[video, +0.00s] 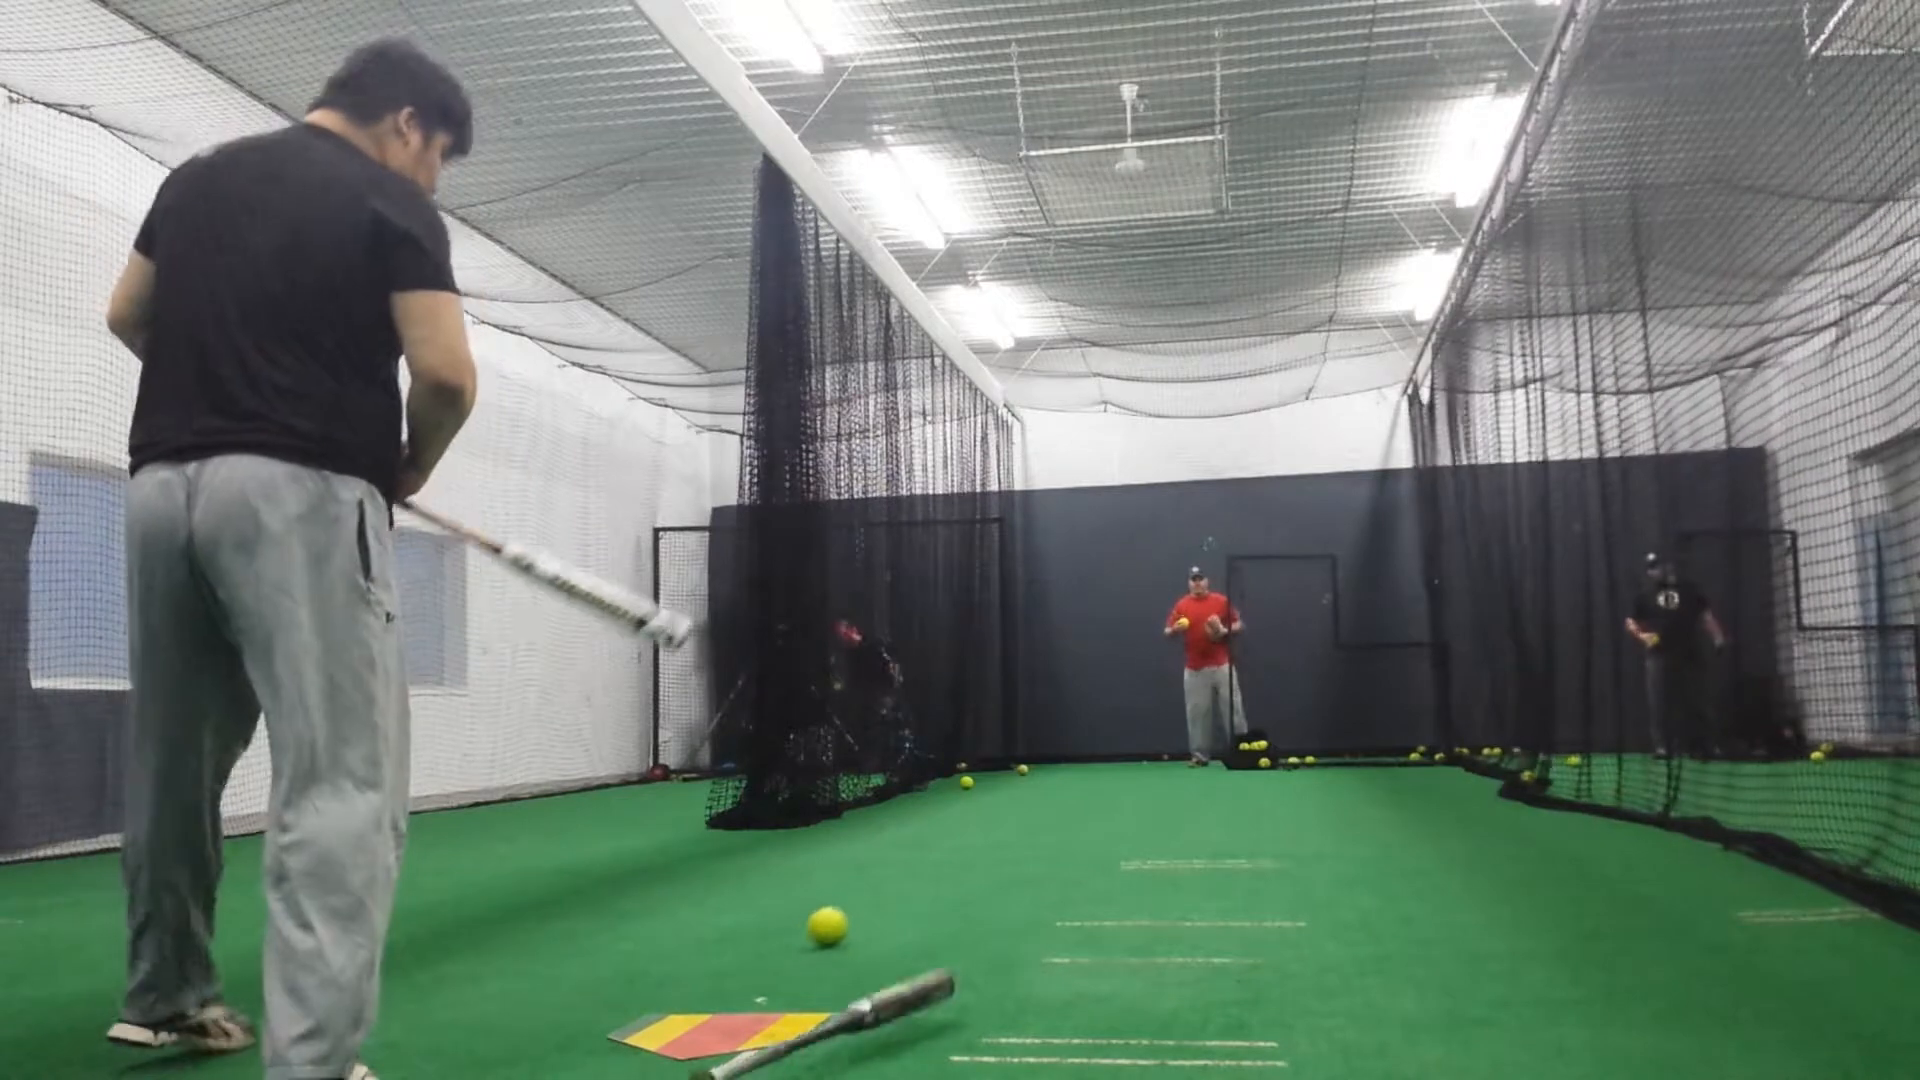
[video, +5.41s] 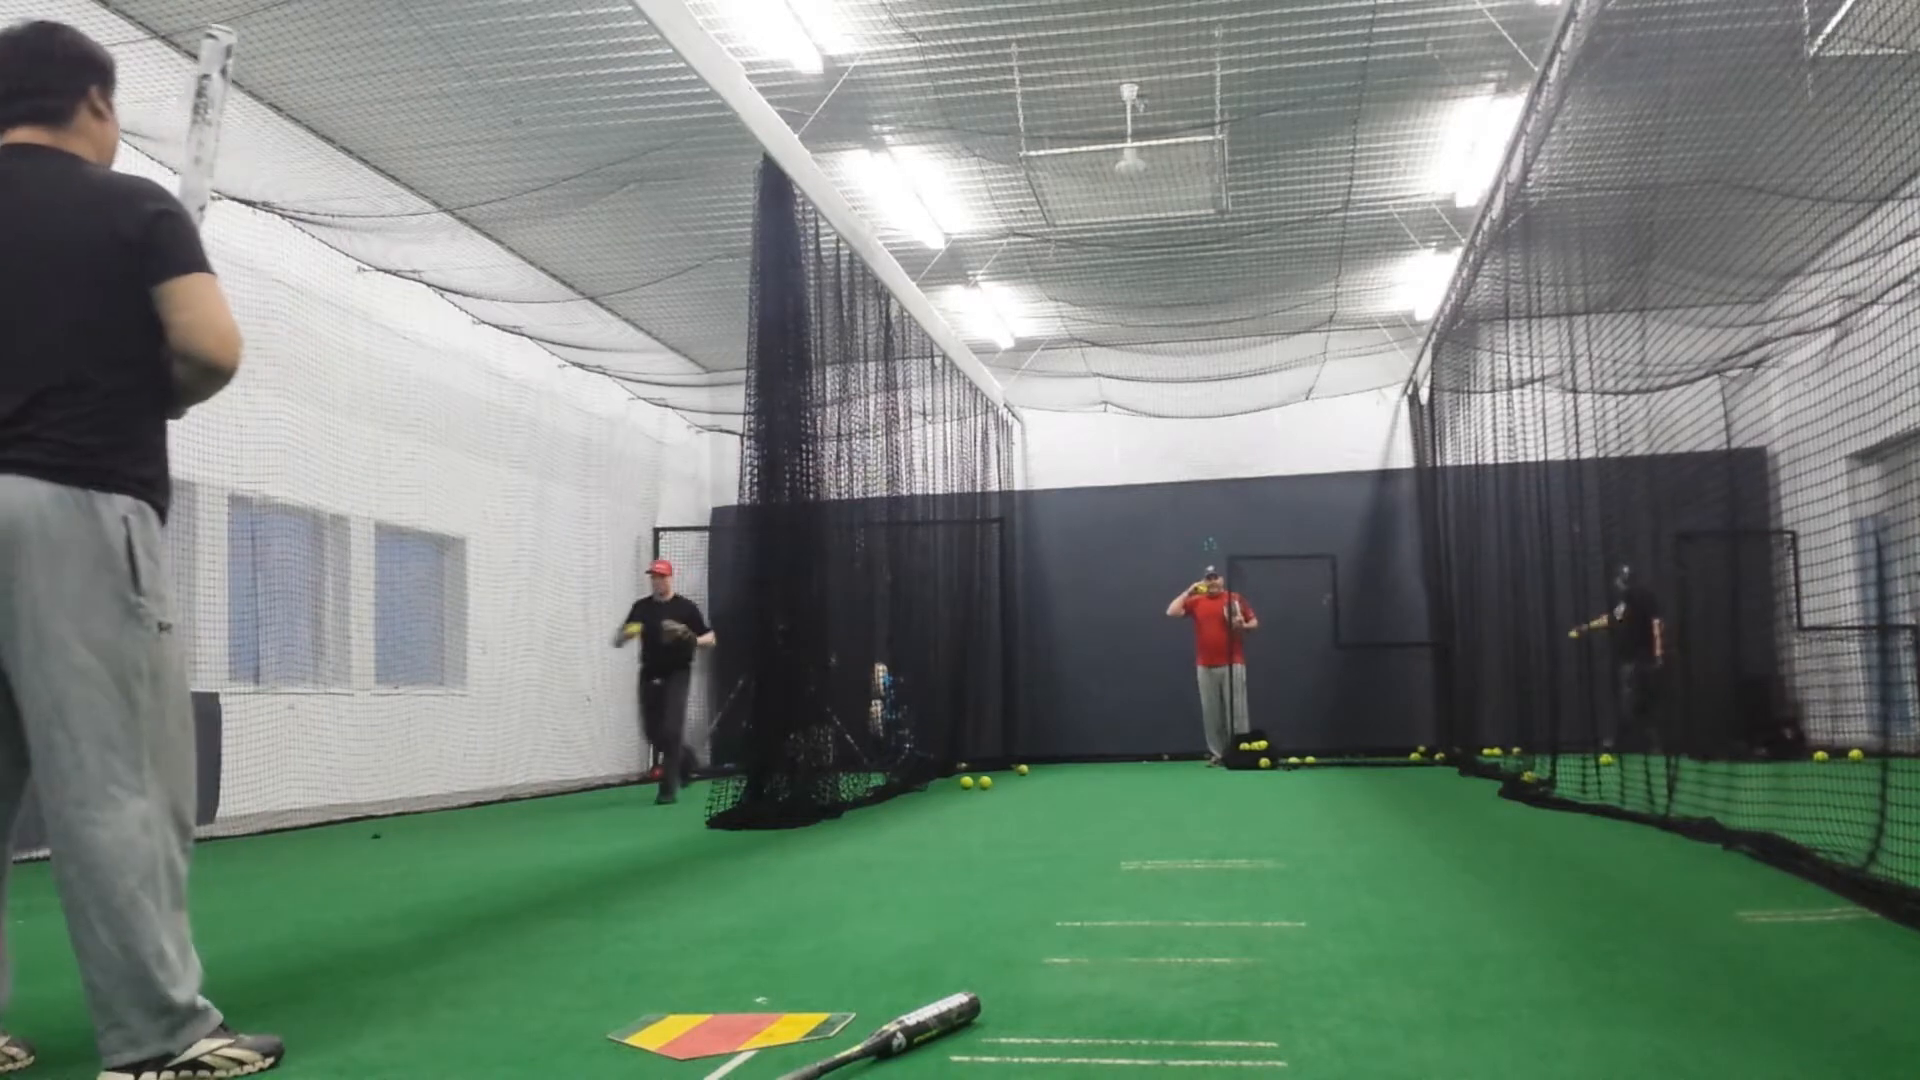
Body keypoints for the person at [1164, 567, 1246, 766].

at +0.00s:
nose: (1197, 583)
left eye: (1200, 579)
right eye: (1193, 579)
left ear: (1207, 582)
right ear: (1188, 583)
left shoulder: (1221, 601)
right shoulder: (1182, 605)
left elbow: (1238, 623)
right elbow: (1167, 631)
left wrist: (1224, 630)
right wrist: (1176, 629)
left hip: (1220, 665)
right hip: (1195, 667)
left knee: (1233, 708)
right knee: (1196, 711)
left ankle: (1241, 750)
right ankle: (1199, 752)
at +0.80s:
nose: (1222, 586)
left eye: (1225, 582)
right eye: (1219, 582)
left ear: (1233, 584)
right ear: (1214, 585)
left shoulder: (1245, 605)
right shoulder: (1208, 608)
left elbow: (1268, 627)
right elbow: (1192, 633)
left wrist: (1248, 628)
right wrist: (1191, 625)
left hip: (1240, 669)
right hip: (1212, 669)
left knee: (1243, 711)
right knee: (1205, 707)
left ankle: (1244, 752)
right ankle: (1201, 752)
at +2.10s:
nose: (1190, 586)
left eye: (1194, 582)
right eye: (1189, 582)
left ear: (1206, 583)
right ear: (1188, 585)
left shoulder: (1221, 605)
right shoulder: (1184, 606)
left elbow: (1237, 629)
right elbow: (1173, 635)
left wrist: (1223, 632)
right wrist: (1174, 629)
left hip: (1217, 667)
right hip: (1191, 667)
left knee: (1221, 711)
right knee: (1190, 710)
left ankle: (1228, 752)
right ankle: (1192, 754)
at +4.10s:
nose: (1219, 580)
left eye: (1223, 576)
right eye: (1216, 576)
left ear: (1232, 579)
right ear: (1213, 580)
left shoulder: (1244, 601)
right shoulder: (1205, 601)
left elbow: (1259, 627)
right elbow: (1191, 627)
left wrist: (1245, 630)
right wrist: (1198, 627)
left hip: (1237, 663)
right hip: (1211, 663)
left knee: (1239, 708)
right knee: (1214, 709)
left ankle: (1241, 751)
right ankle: (1217, 752)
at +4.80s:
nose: (1211, 581)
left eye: (1214, 576)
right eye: (1207, 577)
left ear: (1221, 578)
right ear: (1202, 581)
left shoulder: (1236, 600)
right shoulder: (1198, 604)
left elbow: (1256, 621)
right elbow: (1176, 626)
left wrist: (1242, 624)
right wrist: (1187, 603)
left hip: (1234, 662)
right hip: (1208, 663)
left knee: (1238, 707)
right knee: (1212, 709)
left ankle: (1241, 750)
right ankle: (1216, 752)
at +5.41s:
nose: (1212, 581)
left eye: (1215, 577)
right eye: (1209, 579)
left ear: (1222, 580)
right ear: (1204, 582)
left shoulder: (1233, 599)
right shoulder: (1196, 601)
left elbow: (1254, 622)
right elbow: (1171, 611)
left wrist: (1242, 624)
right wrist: (1189, 591)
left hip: (1232, 661)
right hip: (1206, 663)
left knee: (1237, 707)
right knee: (1210, 710)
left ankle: (1241, 750)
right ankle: (1216, 752)